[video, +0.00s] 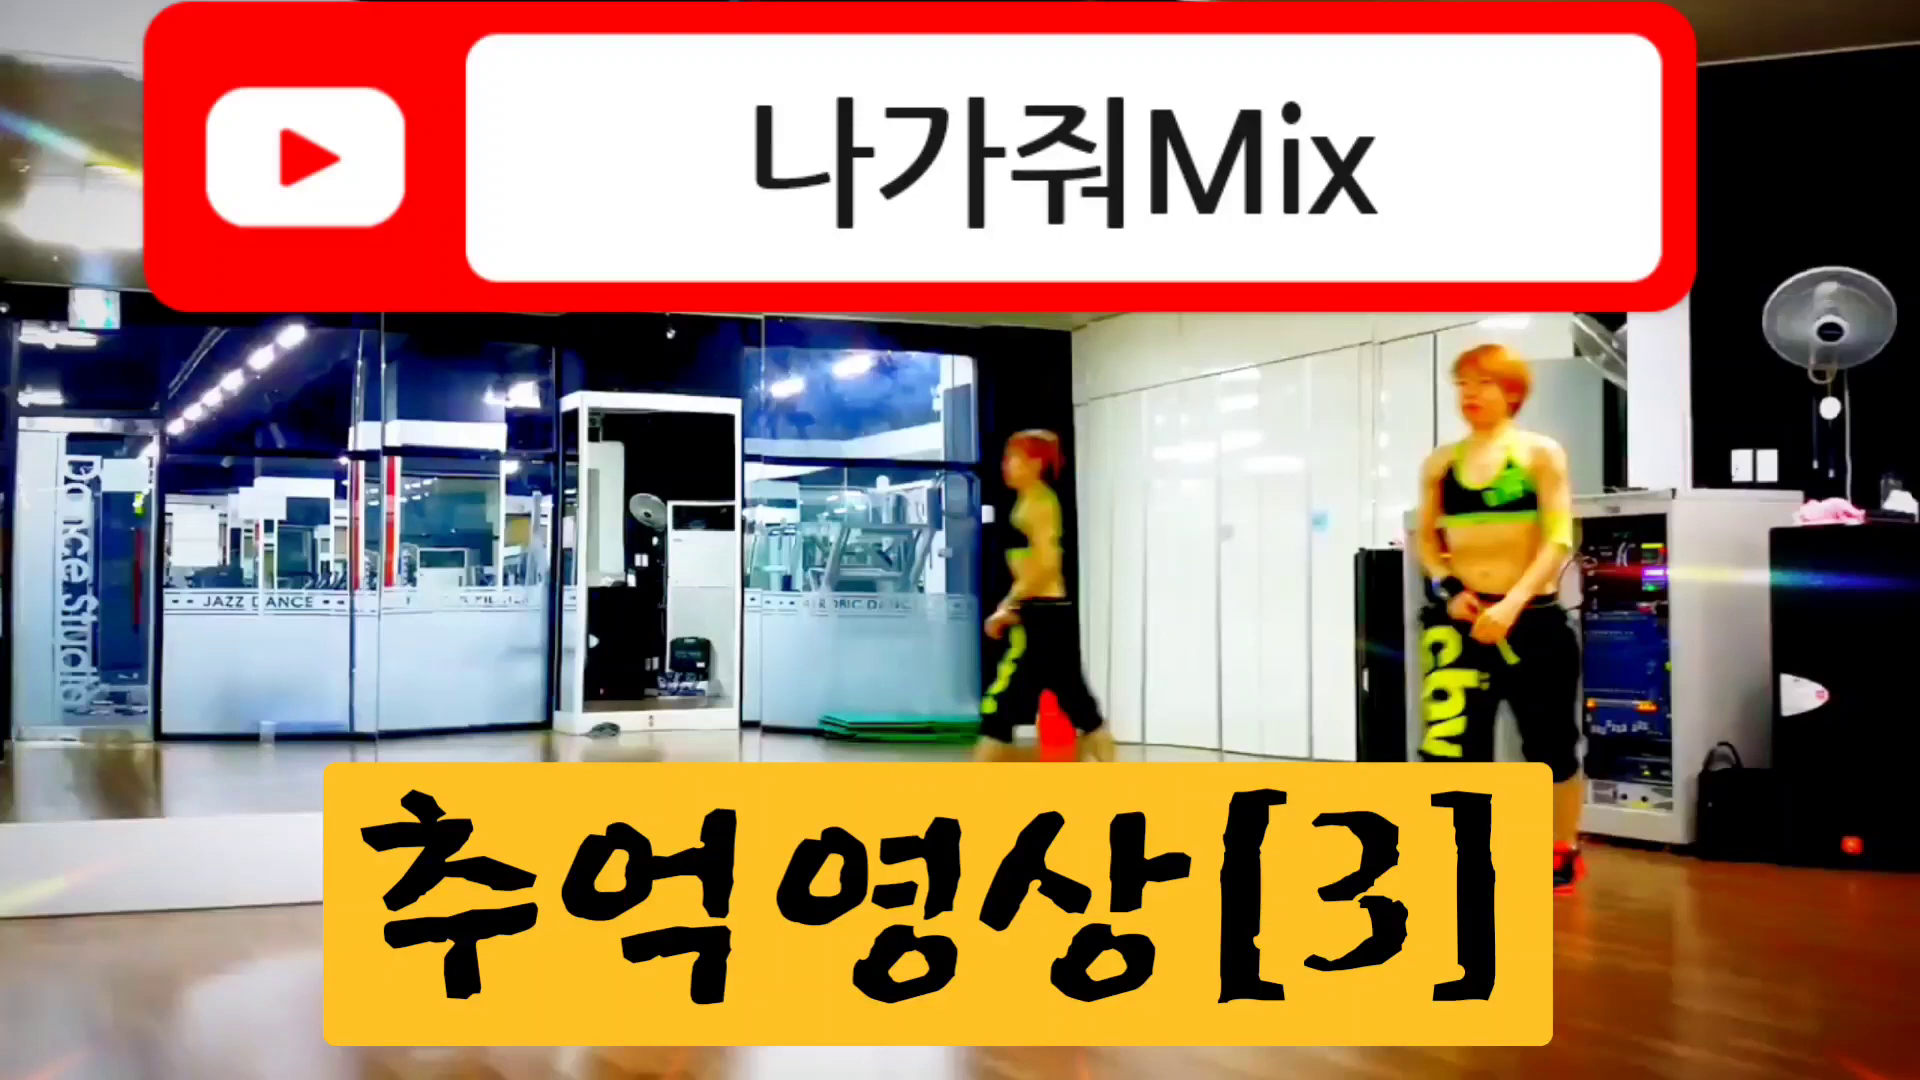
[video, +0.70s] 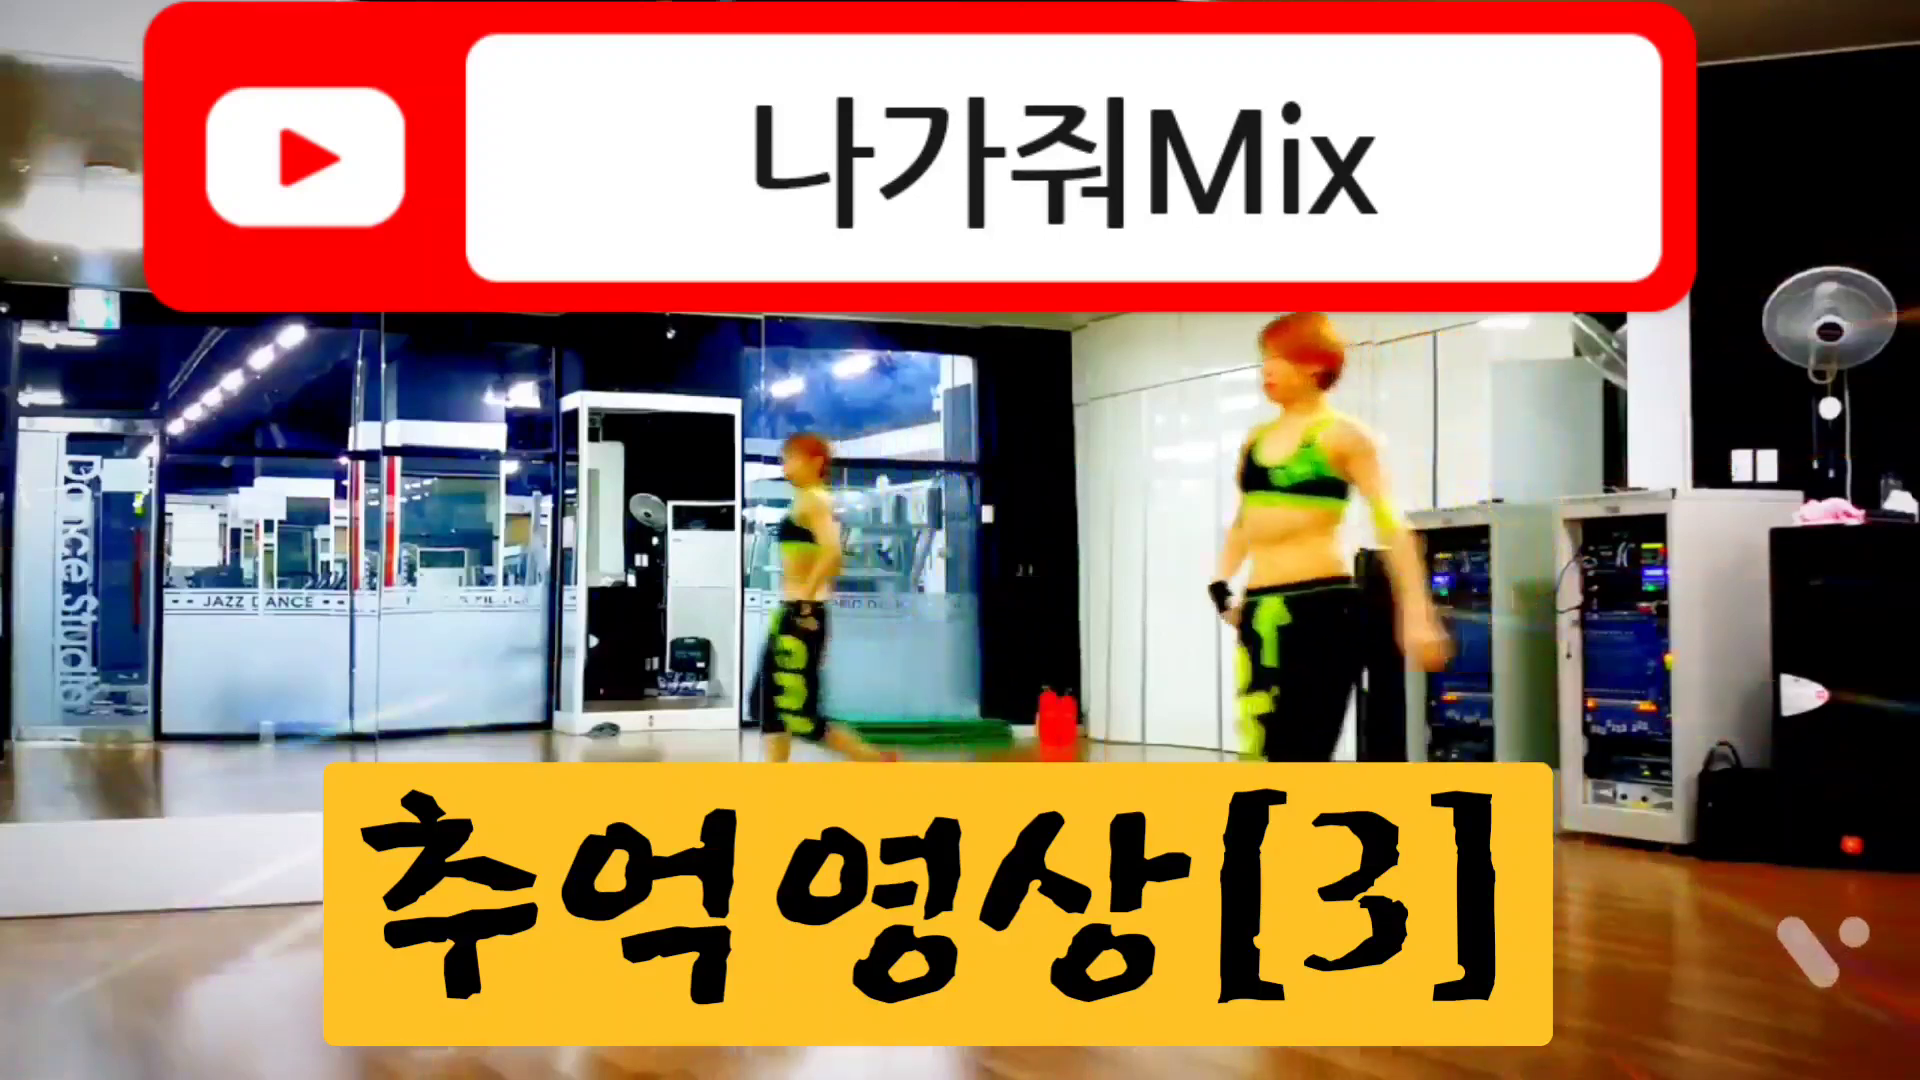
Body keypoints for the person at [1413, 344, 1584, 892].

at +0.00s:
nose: (1470, 395)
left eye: (1483, 384)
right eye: (1464, 384)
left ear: (1512, 393)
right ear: (1455, 392)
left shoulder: (1541, 456)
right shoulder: (1440, 464)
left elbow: (1559, 542)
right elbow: (1426, 542)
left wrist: (1510, 606)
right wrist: (1451, 589)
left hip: (1534, 621)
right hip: (1463, 624)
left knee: (1553, 749)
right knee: (1457, 753)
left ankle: (1562, 850)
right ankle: (1460, 854)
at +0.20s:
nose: (1439, 391)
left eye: (1451, 380)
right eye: (1433, 380)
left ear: (1480, 387)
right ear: (1426, 387)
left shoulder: (1513, 451)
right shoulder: (1409, 461)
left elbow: (1536, 540)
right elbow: (1394, 545)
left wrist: (1512, 613)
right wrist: (1420, 588)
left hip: (1503, 624)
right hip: (1434, 626)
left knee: (1524, 750)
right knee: (1435, 752)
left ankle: (1549, 842)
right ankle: (1442, 855)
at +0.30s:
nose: (1401, 372)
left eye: (1414, 362)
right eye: (1393, 362)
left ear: (1443, 371)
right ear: (1386, 370)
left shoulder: (1474, 436)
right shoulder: (1369, 447)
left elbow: (1504, 524)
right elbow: (1343, 524)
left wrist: (1523, 603)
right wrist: (1365, 574)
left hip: (1457, 602)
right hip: (1387, 605)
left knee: (1457, 736)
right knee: (1388, 736)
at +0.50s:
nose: (1355, 371)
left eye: (1369, 360)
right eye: (1348, 360)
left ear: (1397, 371)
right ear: (1338, 368)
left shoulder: (1424, 438)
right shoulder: (1321, 444)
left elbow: (1477, 521)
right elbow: (1282, 519)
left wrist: (1520, 598)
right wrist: (1304, 585)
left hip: (1409, 603)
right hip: (1341, 607)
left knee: (1385, 749)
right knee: (1371, 750)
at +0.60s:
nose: (1319, 375)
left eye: (1332, 364)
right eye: (1314, 365)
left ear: (1366, 374)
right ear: (1308, 371)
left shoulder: (1391, 442)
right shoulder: (1292, 446)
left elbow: (1451, 526)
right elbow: (1255, 521)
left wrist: (1499, 607)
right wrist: (1255, 584)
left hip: (1374, 611)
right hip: (1308, 615)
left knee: (1377, 753)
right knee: (1340, 752)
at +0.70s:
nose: (1265, 368)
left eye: (1276, 358)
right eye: (1264, 358)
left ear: (1314, 367)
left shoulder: (1343, 436)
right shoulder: (1257, 441)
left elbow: (1394, 531)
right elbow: (1245, 523)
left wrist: (1418, 619)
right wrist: (1221, 580)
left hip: (1323, 606)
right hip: (1261, 609)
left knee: (1303, 759)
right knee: (1262, 756)